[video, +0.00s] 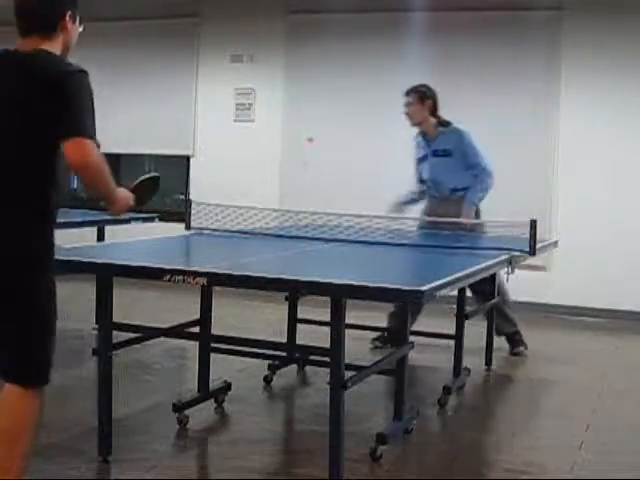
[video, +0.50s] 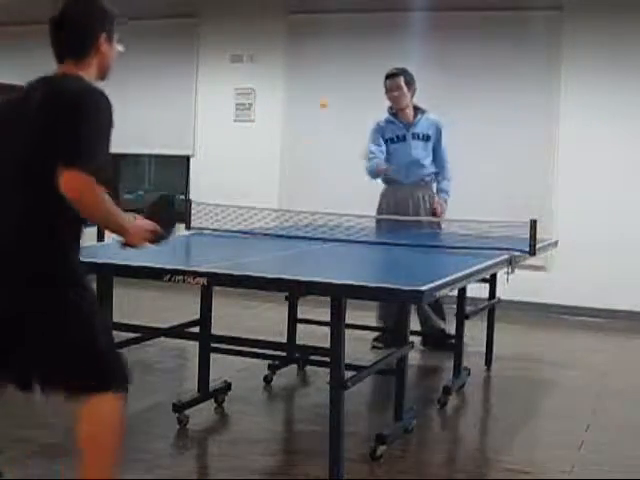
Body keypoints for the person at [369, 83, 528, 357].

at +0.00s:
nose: (406, 111)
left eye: (411, 105)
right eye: (406, 106)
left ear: (428, 106)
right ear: (417, 109)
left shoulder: (457, 137)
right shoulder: (420, 142)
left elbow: (484, 175)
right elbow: (426, 186)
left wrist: (470, 203)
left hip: (462, 207)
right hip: (435, 206)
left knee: (480, 273)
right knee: (418, 267)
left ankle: (512, 333)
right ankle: (396, 331)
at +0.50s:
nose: (393, 95)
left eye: (398, 89)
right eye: (389, 91)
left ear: (412, 90)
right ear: (385, 95)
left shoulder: (432, 125)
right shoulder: (381, 128)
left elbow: (442, 166)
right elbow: (373, 161)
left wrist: (442, 196)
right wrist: (381, 167)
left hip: (424, 195)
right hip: (394, 195)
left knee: (428, 261)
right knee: (391, 261)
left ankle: (434, 332)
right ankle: (393, 332)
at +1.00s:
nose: (400, 95)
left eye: (404, 89)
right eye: (395, 91)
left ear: (414, 93)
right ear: (389, 97)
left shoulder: (431, 128)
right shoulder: (383, 135)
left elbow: (439, 166)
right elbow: (387, 178)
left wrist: (438, 198)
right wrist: (413, 200)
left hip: (430, 201)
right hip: (399, 202)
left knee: (435, 260)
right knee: (393, 262)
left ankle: (439, 323)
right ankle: (385, 327)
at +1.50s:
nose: (420, 99)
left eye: (424, 94)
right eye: (415, 95)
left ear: (434, 98)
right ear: (409, 101)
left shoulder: (448, 131)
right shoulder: (408, 136)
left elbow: (473, 161)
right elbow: (402, 173)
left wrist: (479, 189)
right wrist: (395, 202)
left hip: (444, 203)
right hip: (415, 203)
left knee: (443, 259)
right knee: (405, 256)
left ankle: (442, 316)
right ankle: (395, 313)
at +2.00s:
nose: (396, 104)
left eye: (400, 98)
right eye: (391, 100)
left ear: (411, 101)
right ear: (388, 105)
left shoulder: (428, 132)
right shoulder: (395, 138)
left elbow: (442, 172)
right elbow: (390, 177)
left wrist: (445, 212)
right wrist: (386, 211)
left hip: (424, 193)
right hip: (402, 194)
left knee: (425, 250)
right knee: (403, 249)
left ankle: (430, 310)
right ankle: (406, 305)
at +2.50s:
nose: (365, 109)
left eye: (370, 104)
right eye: (362, 104)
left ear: (382, 109)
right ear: (358, 109)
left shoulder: (396, 144)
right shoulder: (353, 146)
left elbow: (410, 186)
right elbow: (350, 188)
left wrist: (405, 220)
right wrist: (350, 220)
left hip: (392, 216)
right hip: (363, 217)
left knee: (389, 267)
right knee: (363, 268)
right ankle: (375, 322)